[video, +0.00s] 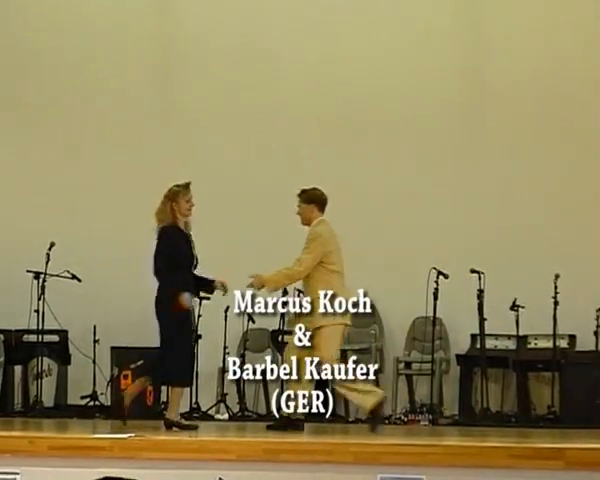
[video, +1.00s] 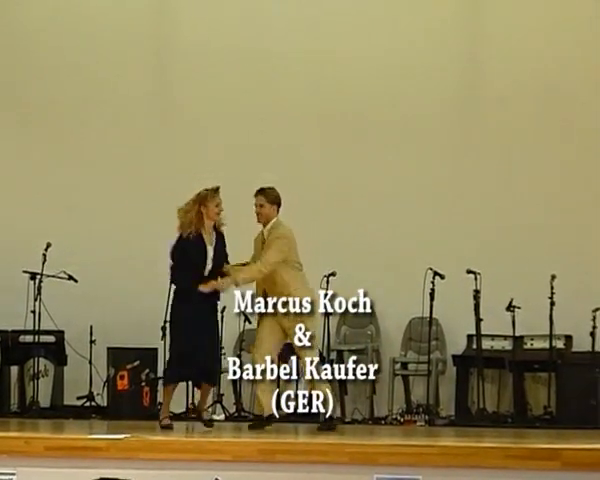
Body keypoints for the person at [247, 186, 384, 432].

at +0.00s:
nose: (297, 212)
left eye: (301, 207)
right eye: (298, 207)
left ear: (314, 208)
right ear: (314, 209)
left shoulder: (321, 232)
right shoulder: (317, 232)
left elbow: (300, 269)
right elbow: (299, 268)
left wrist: (266, 281)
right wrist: (268, 280)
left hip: (331, 312)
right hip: (314, 312)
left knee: (325, 365)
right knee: (294, 359)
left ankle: (373, 400)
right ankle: (295, 414)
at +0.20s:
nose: (275, 204)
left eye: (279, 200)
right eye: (275, 199)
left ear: (292, 202)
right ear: (289, 202)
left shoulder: (307, 225)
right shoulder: (288, 230)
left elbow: (291, 260)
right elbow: (266, 260)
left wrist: (256, 266)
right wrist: (232, 276)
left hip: (309, 299)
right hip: (296, 300)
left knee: (288, 348)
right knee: (293, 355)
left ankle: (290, 415)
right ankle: (290, 414)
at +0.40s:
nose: (262, 210)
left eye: (266, 205)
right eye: (262, 205)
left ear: (280, 206)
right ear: (274, 207)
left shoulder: (297, 231)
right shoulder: (269, 234)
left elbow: (292, 258)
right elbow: (245, 252)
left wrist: (259, 247)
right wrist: (210, 255)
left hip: (298, 309)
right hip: (282, 308)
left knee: (267, 356)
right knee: (282, 361)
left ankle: (257, 415)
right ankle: (287, 418)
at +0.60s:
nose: (254, 211)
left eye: (257, 207)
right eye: (254, 206)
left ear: (271, 208)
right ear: (267, 209)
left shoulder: (290, 236)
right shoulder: (260, 239)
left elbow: (294, 272)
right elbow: (239, 262)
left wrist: (264, 258)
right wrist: (206, 263)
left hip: (293, 310)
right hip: (273, 309)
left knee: (273, 357)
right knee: (261, 359)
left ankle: (267, 413)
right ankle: (259, 412)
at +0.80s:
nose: (257, 203)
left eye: (261, 199)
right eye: (257, 199)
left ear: (276, 201)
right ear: (266, 201)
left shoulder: (285, 228)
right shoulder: (266, 229)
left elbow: (268, 264)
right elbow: (254, 256)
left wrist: (230, 263)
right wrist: (226, 260)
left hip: (295, 305)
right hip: (273, 306)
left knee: (288, 353)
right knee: (268, 357)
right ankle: (270, 413)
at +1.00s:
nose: (256, 211)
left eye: (261, 206)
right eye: (255, 206)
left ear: (275, 208)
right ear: (257, 208)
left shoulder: (282, 235)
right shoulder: (261, 237)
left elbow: (263, 267)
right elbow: (254, 266)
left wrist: (229, 281)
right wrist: (228, 269)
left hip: (297, 308)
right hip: (272, 309)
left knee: (308, 360)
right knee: (261, 358)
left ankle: (327, 411)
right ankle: (266, 411)